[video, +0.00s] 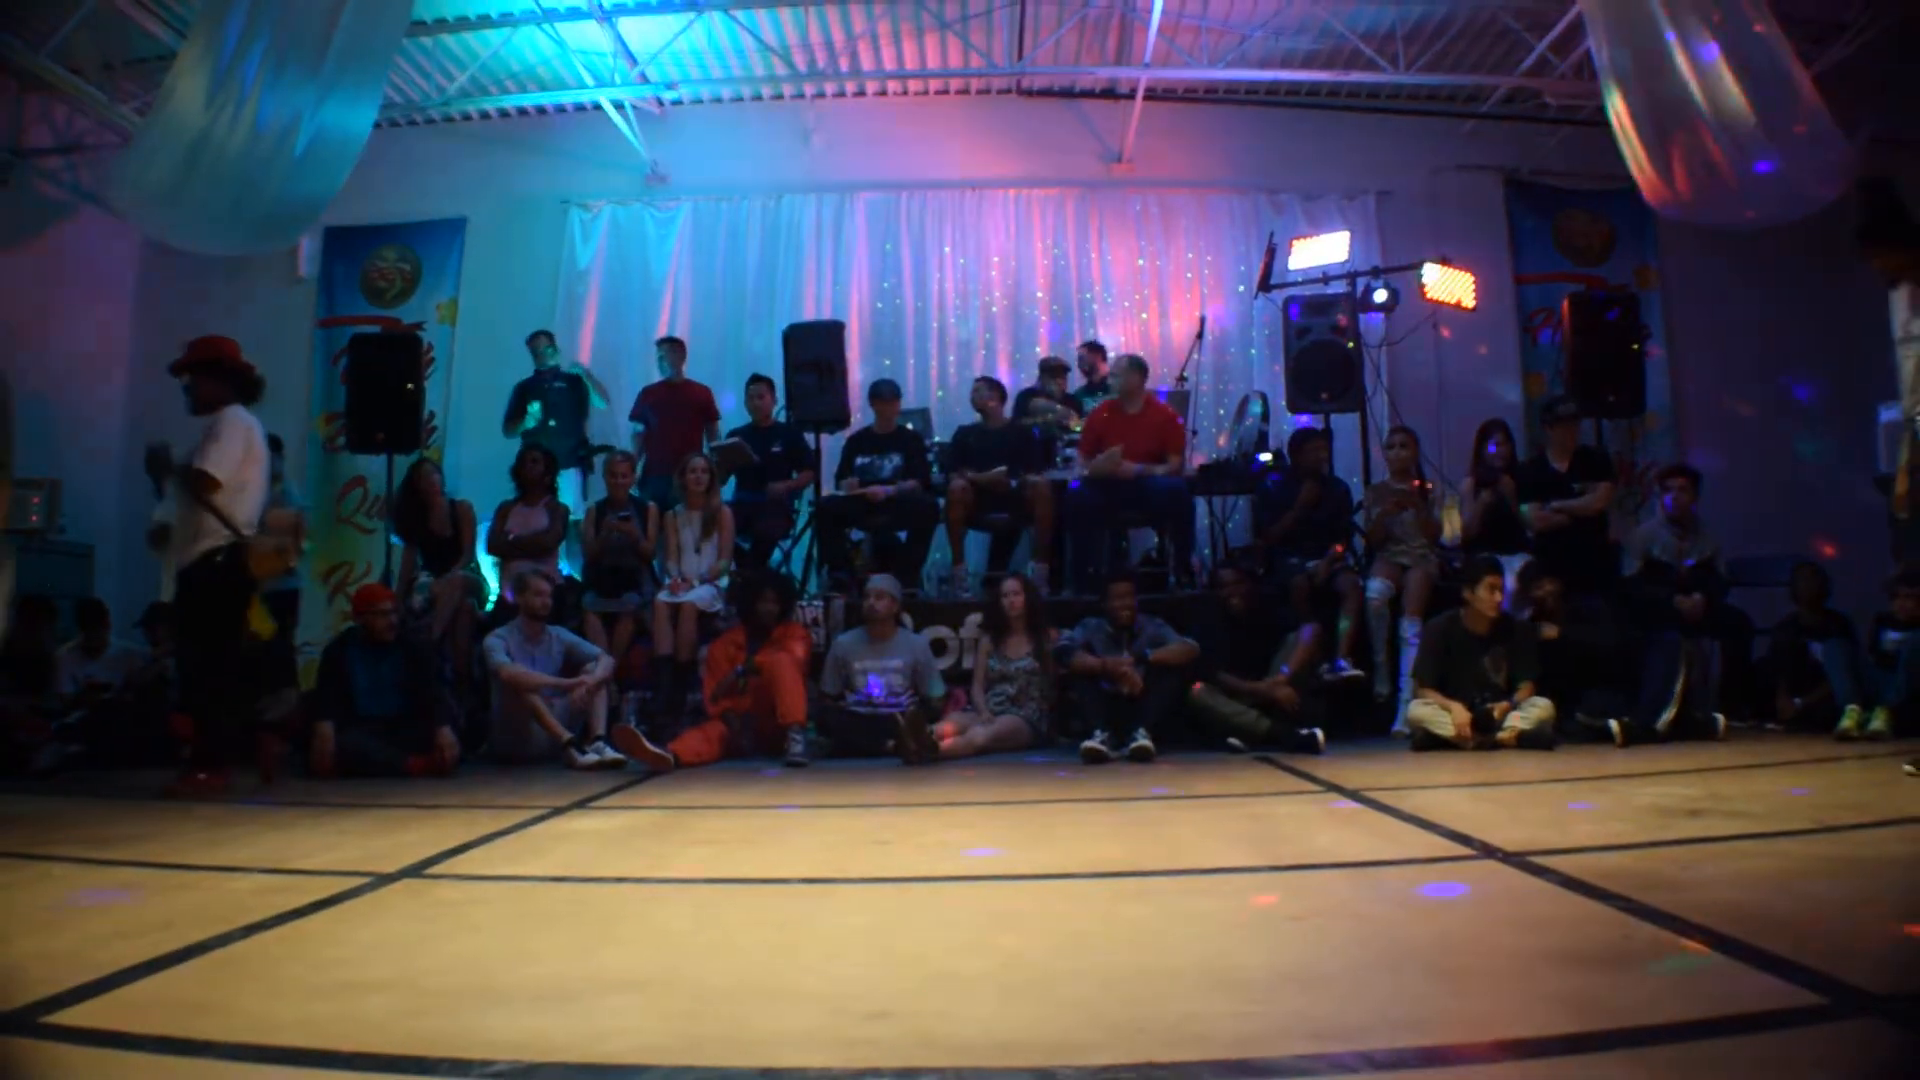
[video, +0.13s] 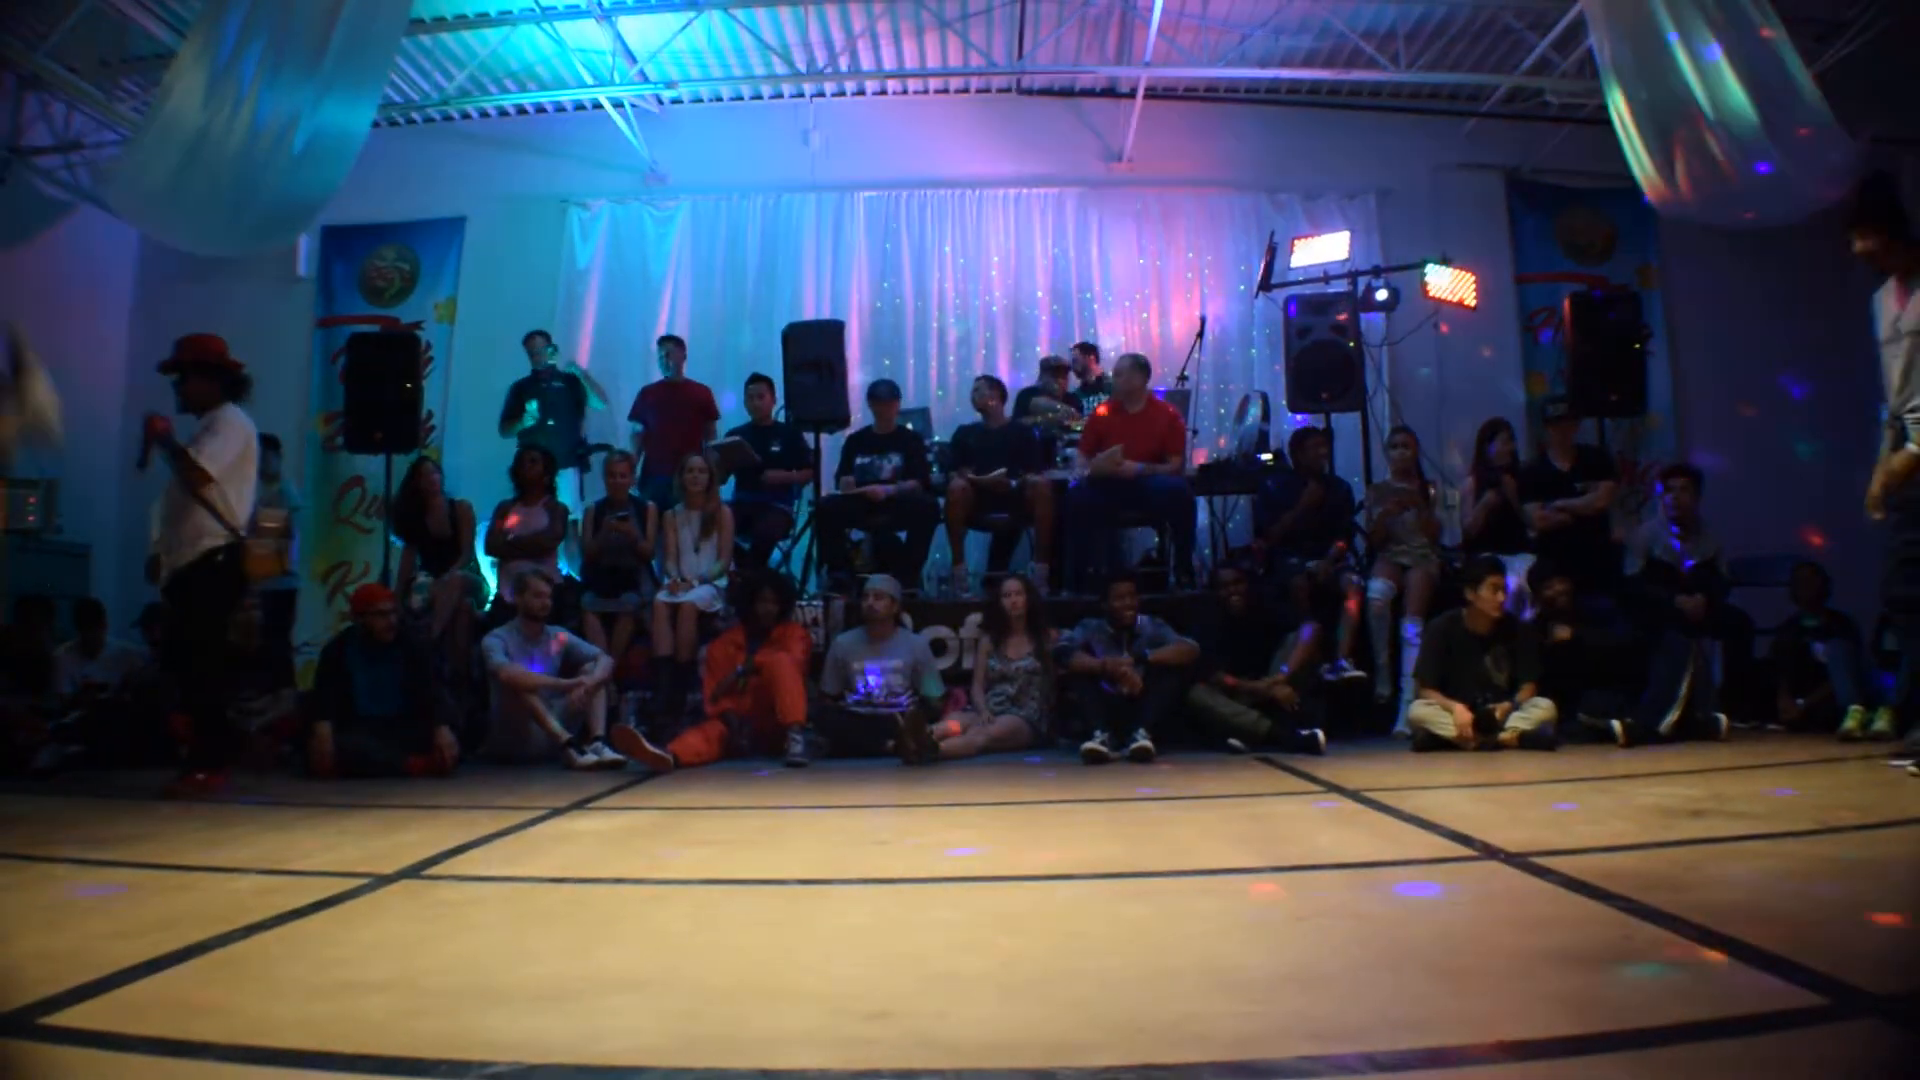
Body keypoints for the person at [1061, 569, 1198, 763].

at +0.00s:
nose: (1125, 604)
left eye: (1129, 597)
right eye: (1119, 598)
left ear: (1135, 600)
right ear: (1106, 603)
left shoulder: (1150, 627)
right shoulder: (1092, 628)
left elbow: (1190, 649)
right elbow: (1063, 653)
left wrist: (1142, 659)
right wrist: (1111, 668)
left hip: (1143, 702)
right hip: (1103, 702)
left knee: (1166, 671)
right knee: (1084, 676)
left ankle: (1142, 733)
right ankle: (1100, 734)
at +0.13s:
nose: (1128, 604)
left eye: (1132, 597)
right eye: (1120, 598)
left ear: (1138, 600)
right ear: (1107, 603)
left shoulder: (1151, 627)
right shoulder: (1091, 629)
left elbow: (1190, 650)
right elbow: (1062, 653)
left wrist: (1140, 659)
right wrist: (1111, 668)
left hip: (1143, 702)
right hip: (1104, 704)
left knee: (1166, 670)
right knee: (1083, 675)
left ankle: (1142, 733)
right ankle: (1100, 734)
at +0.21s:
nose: (1130, 604)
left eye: (1134, 597)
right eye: (1122, 599)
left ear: (1140, 600)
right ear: (1109, 603)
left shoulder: (1152, 627)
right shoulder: (1091, 629)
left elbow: (1190, 648)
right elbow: (1063, 653)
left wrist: (1141, 659)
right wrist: (1110, 668)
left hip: (1143, 701)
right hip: (1104, 702)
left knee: (1166, 670)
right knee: (1084, 675)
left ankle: (1142, 733)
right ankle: (1100, 734)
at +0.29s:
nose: (1130, 603)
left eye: (1134, 596)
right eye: (1122, 598)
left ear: (1140, 600)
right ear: (1108, 603)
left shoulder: (1151, 627)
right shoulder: (1092, 629)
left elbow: (1188, 649)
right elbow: (1062, 653)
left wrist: (1139, 660)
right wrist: (1110, 668)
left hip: (1143, 701)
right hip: (1104, 702)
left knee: (1168, 670)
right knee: (1083, 674)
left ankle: (1143, 733)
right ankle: (1100, 734)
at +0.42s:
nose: (1131, 602)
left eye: (1134, 595)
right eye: (1122, 597)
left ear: (1140, 599)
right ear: (1108, 604)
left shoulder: (1151, 627)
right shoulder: (1092, 629)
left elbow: (1189, 649)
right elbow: (1062, 653)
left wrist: (1140, 657)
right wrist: (1107, 667)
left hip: (1143, 701)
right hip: (1104, 701)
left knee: (1164, 668)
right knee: (1084, 673)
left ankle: (1142, 733)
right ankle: (1100, 734)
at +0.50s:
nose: (1131, 601)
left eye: (1134, 595)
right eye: (1123, 596)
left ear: (1140, 599)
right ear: (1108, 603)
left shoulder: (1151, 626)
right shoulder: (1092, 629)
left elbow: (1189, 649)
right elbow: (1062, 654)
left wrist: (1138, 658)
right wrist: (1107, 667)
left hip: (1144, 701)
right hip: (1104, 702)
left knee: (1165, 669)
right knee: (1083, 673)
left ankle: (1143, 733)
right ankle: (1100, 734)